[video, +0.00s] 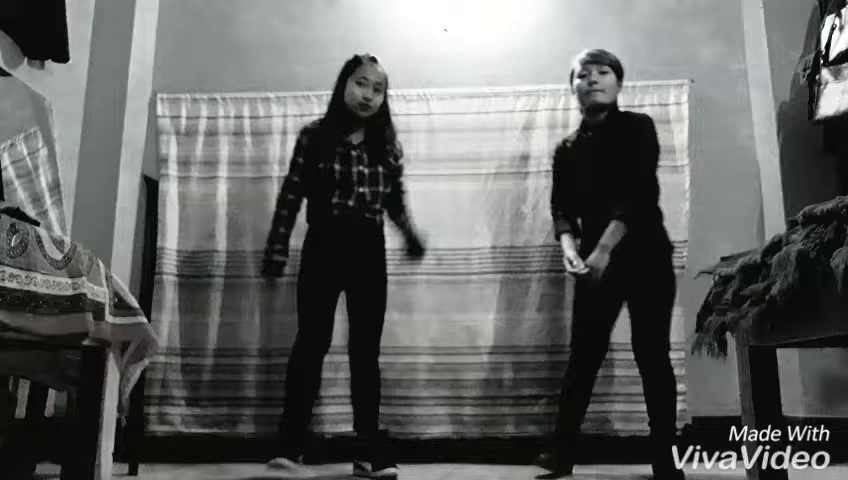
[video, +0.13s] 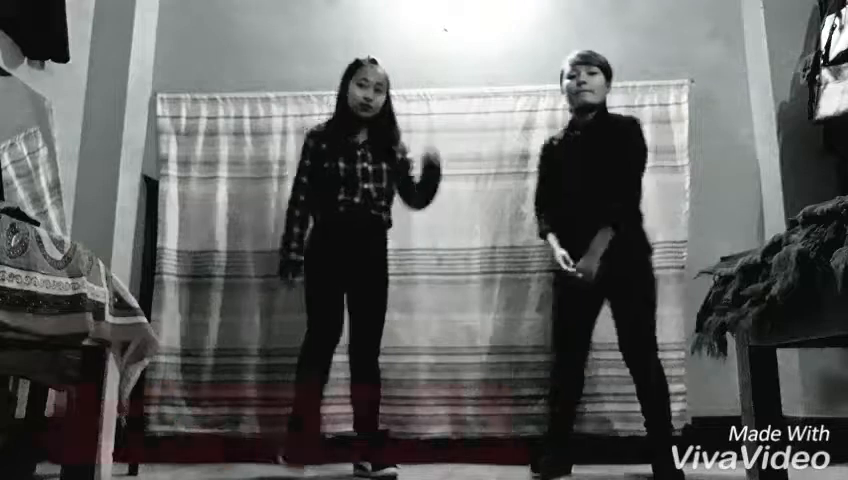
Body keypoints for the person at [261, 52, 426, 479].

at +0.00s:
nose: (368, 94)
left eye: (378, 89)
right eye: (361, 84)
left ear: (384, 97)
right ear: (343, 86)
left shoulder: (386, 142)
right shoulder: (315, 135)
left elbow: (393, 196)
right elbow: (291, 195)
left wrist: (409, 233)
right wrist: (276, 250)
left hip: (368, 255)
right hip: (322, 252)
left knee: (365, 351)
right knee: (310, 345)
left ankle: (370, 450)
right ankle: (291, 445)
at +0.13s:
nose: (370, 94)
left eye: (378, 89)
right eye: (362, 85)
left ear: (386, 98)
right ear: (345, 89)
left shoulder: (389, 144)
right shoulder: (321, 138)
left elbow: (415, 198)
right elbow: (300, 198)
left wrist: (430, 175)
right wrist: (291, 253)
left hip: (369, 253)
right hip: (325, 251)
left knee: (366, 344)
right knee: (322, 337)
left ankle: (368, 443)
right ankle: (301, 437)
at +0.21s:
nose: (366, 98)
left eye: (374, 94)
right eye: (360, 90)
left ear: (382, 104)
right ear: (345, 94)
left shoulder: (388, 149)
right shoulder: (322, 143)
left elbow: (427, 155)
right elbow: (302, 202)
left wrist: (407, 115)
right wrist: (298, 255)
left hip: (371, 256)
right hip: (326, 254)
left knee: (367, 350)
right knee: (316, 347)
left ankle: (370, 446)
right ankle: (301, 447)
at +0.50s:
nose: (337, 94)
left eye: (344, 88)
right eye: (328, 88)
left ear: (355, 98)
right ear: (314, 97)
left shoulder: (365, 141)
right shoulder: (298, 141)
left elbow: (410, 159)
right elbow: (278, 201)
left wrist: (380, 138)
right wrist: (278, 257)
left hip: (353, 253)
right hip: (309, 254)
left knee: (368, 347)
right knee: (307, 350)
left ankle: (369, 440)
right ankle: (297, 446)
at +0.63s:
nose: (337, 99)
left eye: (345, 93)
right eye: (328, 92)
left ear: (355, 103)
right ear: (314, 102)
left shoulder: (372, 153)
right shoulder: (297, 153)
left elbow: (404, 201)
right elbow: (280, 208)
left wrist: (378, 189)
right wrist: (280, 256)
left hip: (359, 263)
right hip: (312, 263)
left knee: (359, 356)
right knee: (307, 355)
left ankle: (361, 448)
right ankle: (296, 447)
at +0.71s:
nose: (345, 100)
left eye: (352, 94)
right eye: (336, 95)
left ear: (363, 104)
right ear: (322, 105)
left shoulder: (380, 153)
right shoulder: (307, 154)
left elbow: (395, 201)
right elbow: (295, 209)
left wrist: (381, 228)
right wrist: (287, 259)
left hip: (365, 261)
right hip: (319, 259)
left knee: (362, 355)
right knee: (312, 352)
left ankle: (362, 444)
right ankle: (300, 443)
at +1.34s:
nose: (354, 106)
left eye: (357, 99)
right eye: (345, 98)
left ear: (357, 107)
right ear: (321, 102)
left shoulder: (365, 157)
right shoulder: (296, 151)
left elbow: (378, 203)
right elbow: (274, 202)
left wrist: (387, 231)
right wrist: (264, 253)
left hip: (354, 260)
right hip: (310, 259)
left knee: (357, 354)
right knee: (292, 351)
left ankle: (363, 446)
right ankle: (266, 443)